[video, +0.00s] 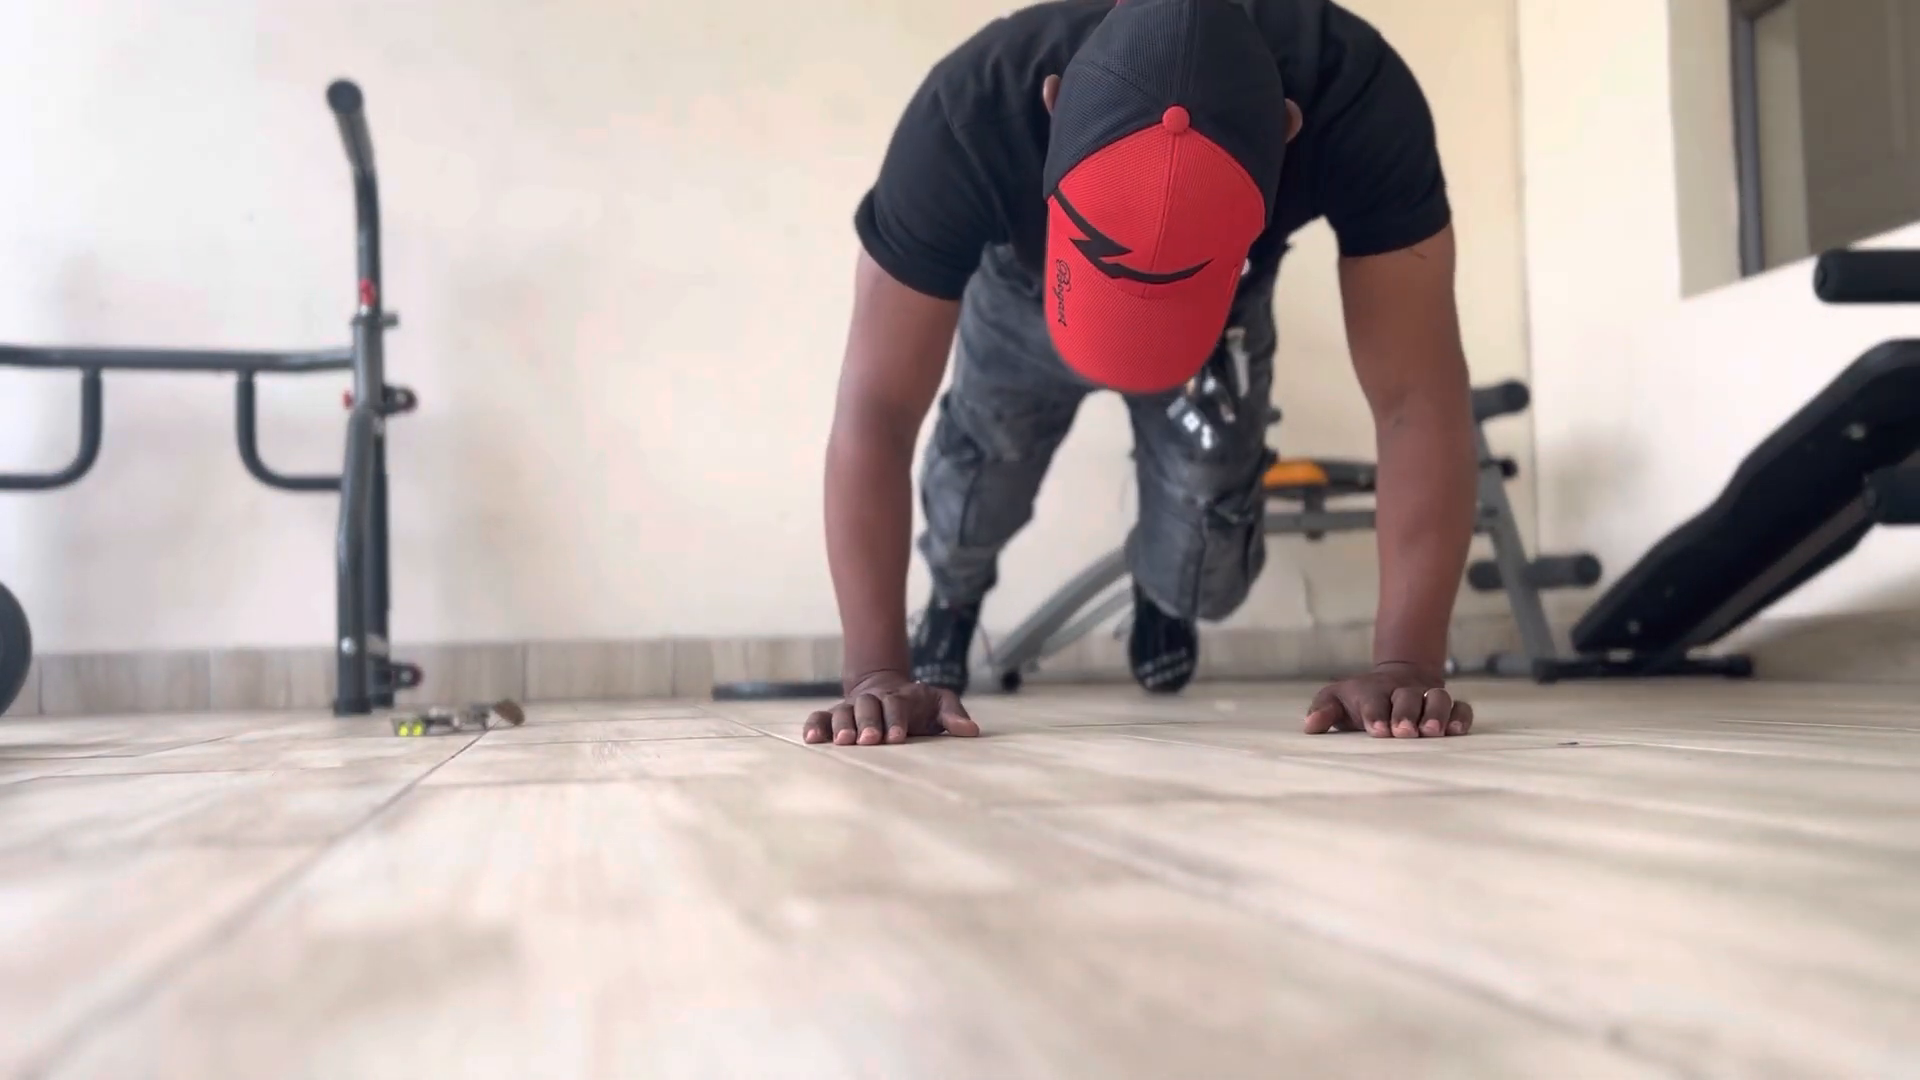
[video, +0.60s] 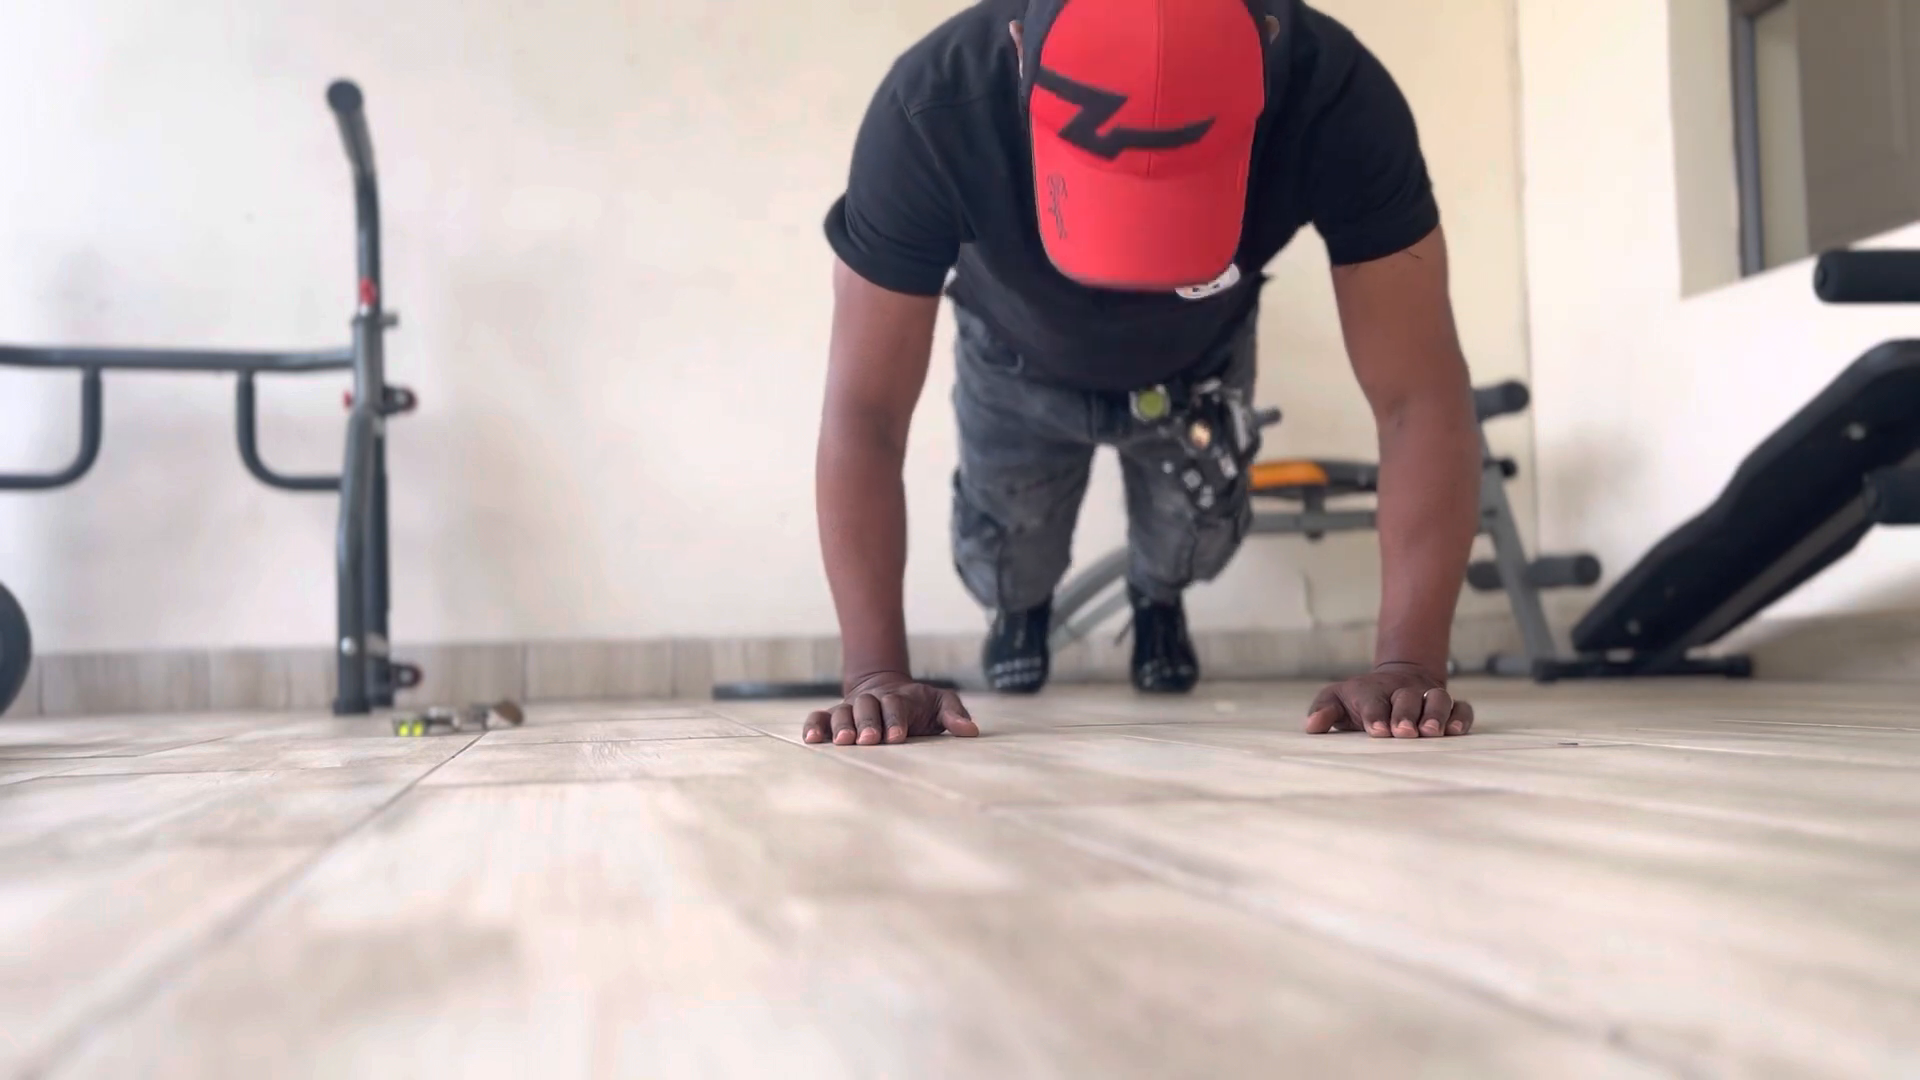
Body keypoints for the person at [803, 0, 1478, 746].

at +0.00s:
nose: (1132, 340)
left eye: (1173, 298)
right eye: (1097, 280)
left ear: (1286, 136)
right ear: (1055, 107)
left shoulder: (1369, 111)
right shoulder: (967, 121)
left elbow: (1418, 398)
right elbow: (872, 414)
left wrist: (1406, 663)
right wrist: (869, 673)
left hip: (1225, 280)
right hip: (1024, 261)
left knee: (1206, 574)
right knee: (983, 466)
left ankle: (1164, 590)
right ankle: (951, 602)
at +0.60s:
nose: (1142, 267)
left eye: (1174, 242)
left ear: (1254, 100)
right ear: (1033, 96)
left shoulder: (1339, 104)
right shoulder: (933, 115)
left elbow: (1420, 395)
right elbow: (863, 418)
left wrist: (1409, 663)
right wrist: (875, 674)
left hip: (1199, 347)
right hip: (1022, 348)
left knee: (1188, 534)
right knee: (1012, 541)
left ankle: (1159, 601)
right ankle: (1022, 605)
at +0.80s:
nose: (1127, 153)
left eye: (1162, 123)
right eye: (1089, 124)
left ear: (1214, 53)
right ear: (1017, 47)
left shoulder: (1304, 84)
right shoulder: (917, 100)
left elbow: (1401, 372)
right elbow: (872, 405)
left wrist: (1405, 643)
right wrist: (875, 672)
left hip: (1169, 331)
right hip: (994, 342)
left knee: (1179, 520)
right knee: (990, 538)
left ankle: (1164, 605)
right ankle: (1013, 600)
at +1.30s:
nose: (1188, 61)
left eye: (1241, 17)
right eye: (1146, 8)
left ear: (1309, 10)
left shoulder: (1396, 41)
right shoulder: (991, 46)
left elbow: (1450, 371)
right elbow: (882, 347)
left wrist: (1434, 664)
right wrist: (897, 595)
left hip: (1262, 335)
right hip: (1069, 317)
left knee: (1248, 517)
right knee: (1025, 483)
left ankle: (1215, 588)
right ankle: (1014, 602)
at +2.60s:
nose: (1068, 99)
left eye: (1117, 63)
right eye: (1029, 56)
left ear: (1196, 18)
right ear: (978, 18)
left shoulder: (1307, 57)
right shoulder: (902, 88)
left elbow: (1392, 380)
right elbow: (810, 403)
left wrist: (1359, 669)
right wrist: (808, 677)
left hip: (1216, 395)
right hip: (1016, 389)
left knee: (1235, 541)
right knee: (971, 531)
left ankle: (1224, 607)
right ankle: (958, 615)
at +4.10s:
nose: (1080, 228)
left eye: (1122, 187)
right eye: (1039, 187)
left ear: (1189, 110)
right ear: (963, 104)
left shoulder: (1284, 124)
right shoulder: (868, 138)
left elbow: (1430, 405)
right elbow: (761, 425)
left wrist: (1361, 668)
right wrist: (794, 679)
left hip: (1186, 418)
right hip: (974, 424)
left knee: (1221, 535)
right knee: (929, 542)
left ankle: (1219, 613)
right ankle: (917, 621)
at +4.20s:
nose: (1081, 401)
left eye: (1122, 369)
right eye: (1043, 371)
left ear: (1213, 235)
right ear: (961, 245)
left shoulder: (1294, 230)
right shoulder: (871, 241)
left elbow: (1439, 432)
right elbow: (738, 456)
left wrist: (1361, 670)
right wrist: (795, 679)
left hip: (1191, 473)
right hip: (974, 478)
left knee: (1228, 550)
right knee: (930, 564)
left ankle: (1221, 614)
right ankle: (914, 616)